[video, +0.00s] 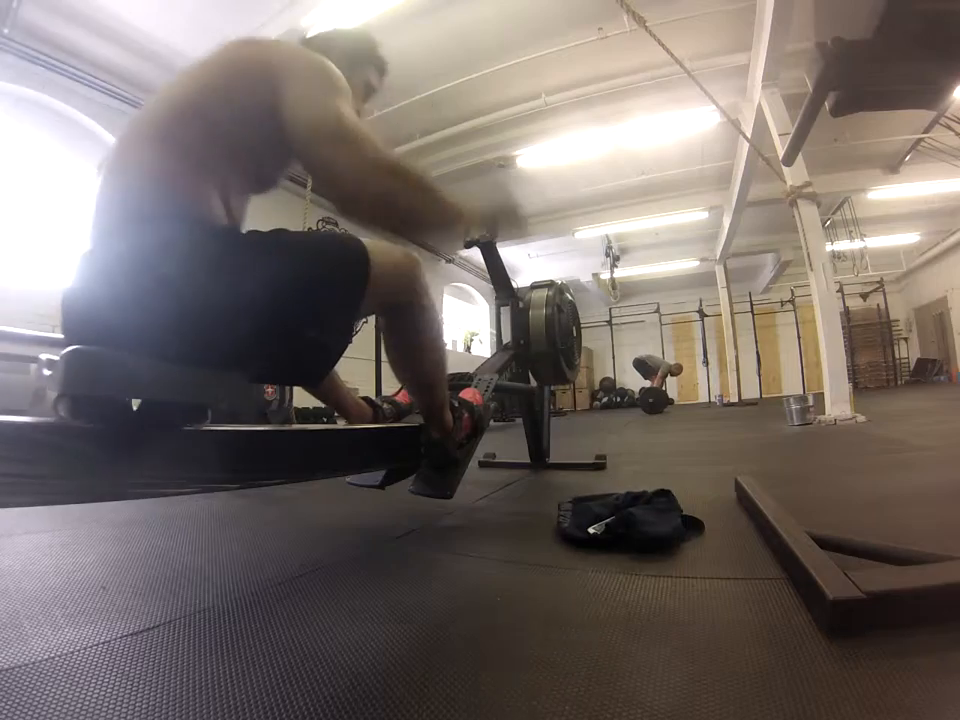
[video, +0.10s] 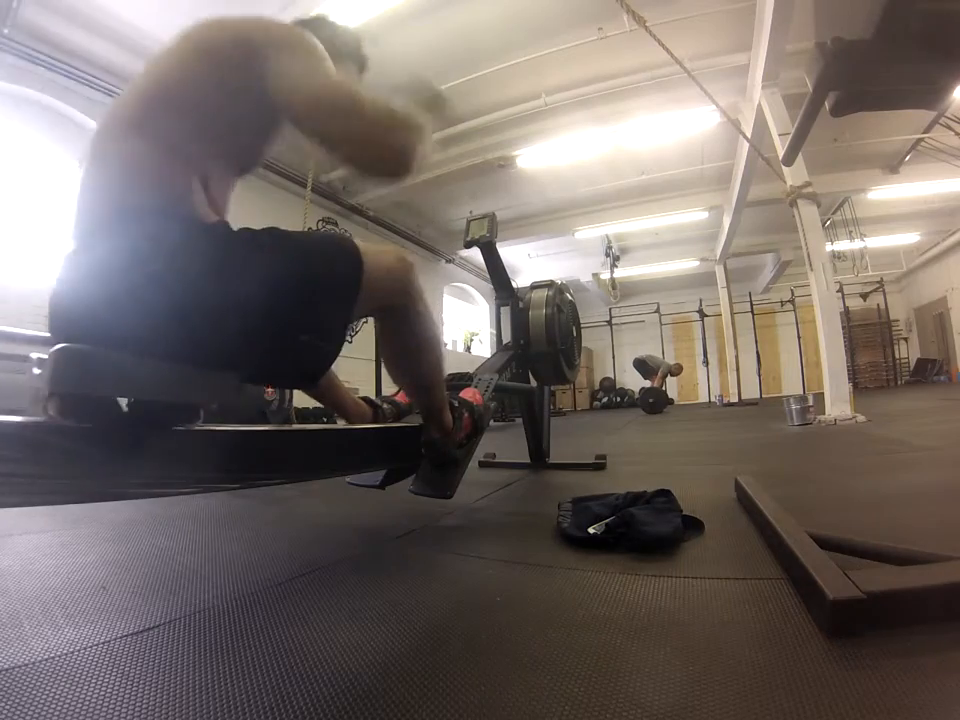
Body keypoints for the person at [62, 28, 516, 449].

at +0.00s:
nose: (362, 115)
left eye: (370, 102)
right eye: (366, 93)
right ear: (342, 61)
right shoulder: (298, 66)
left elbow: (242, 279)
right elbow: (360, 178)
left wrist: (341, 401)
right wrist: (463, 218)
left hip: (100, 294)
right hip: (170, 279)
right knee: (401, 274)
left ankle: (359, 409)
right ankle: (442, 426)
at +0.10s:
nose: (342, 95)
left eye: (349, 86)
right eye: (346, 78)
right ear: (326, 50)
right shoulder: (277, 40)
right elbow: (392, 152)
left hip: (82, 293)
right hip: (163, 275)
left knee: (271, 312)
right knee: (397, 276)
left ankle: (363, 415)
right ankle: (444, 428)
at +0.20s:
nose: (311, 55)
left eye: (308, 41)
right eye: (305, 39)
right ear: (292, 16)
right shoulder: (253, 18)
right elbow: (403, 110)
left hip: (70, 293)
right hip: (154, 271)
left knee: (266, 305)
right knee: (389, 279)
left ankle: (360, 415)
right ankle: (445, 430)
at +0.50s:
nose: (262, 74)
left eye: (269, 69)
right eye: (266, 59)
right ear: (250, 18)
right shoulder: (200, 7)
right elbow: (366, 49)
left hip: (41, 259)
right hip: (119, 247)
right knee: (362, 296)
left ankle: (362, 421)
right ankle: (443, 430)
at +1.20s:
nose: (242, 70)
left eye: (241, 67)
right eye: (238, 56)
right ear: (221, 21)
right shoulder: (199, 4)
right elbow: (351, 72)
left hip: (20, 236)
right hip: (104, 231)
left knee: (241, 329)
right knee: (343, 320)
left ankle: (360, 420)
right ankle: (447, 430)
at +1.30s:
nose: (259, 76)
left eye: (259, 67)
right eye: (259, 53)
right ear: (248, 16)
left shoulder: (124, 36)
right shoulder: (225, 8)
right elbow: (364, 100)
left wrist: (238, 76)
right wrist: (345, 56)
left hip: (30, 254)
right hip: (121, 244)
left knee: (257, 336)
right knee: (351, 305)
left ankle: (363, 418)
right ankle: (446, 426)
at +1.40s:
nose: (311, 68)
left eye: (308, 60)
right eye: (310, 54)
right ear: (284, 33)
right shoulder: (255, 20)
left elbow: (209, 224)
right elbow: (379, 142)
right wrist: (334, 74)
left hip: (49, 276)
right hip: (144, 255)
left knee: (258, 321)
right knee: (361, 292)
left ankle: (358, 414)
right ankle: (445, 427)